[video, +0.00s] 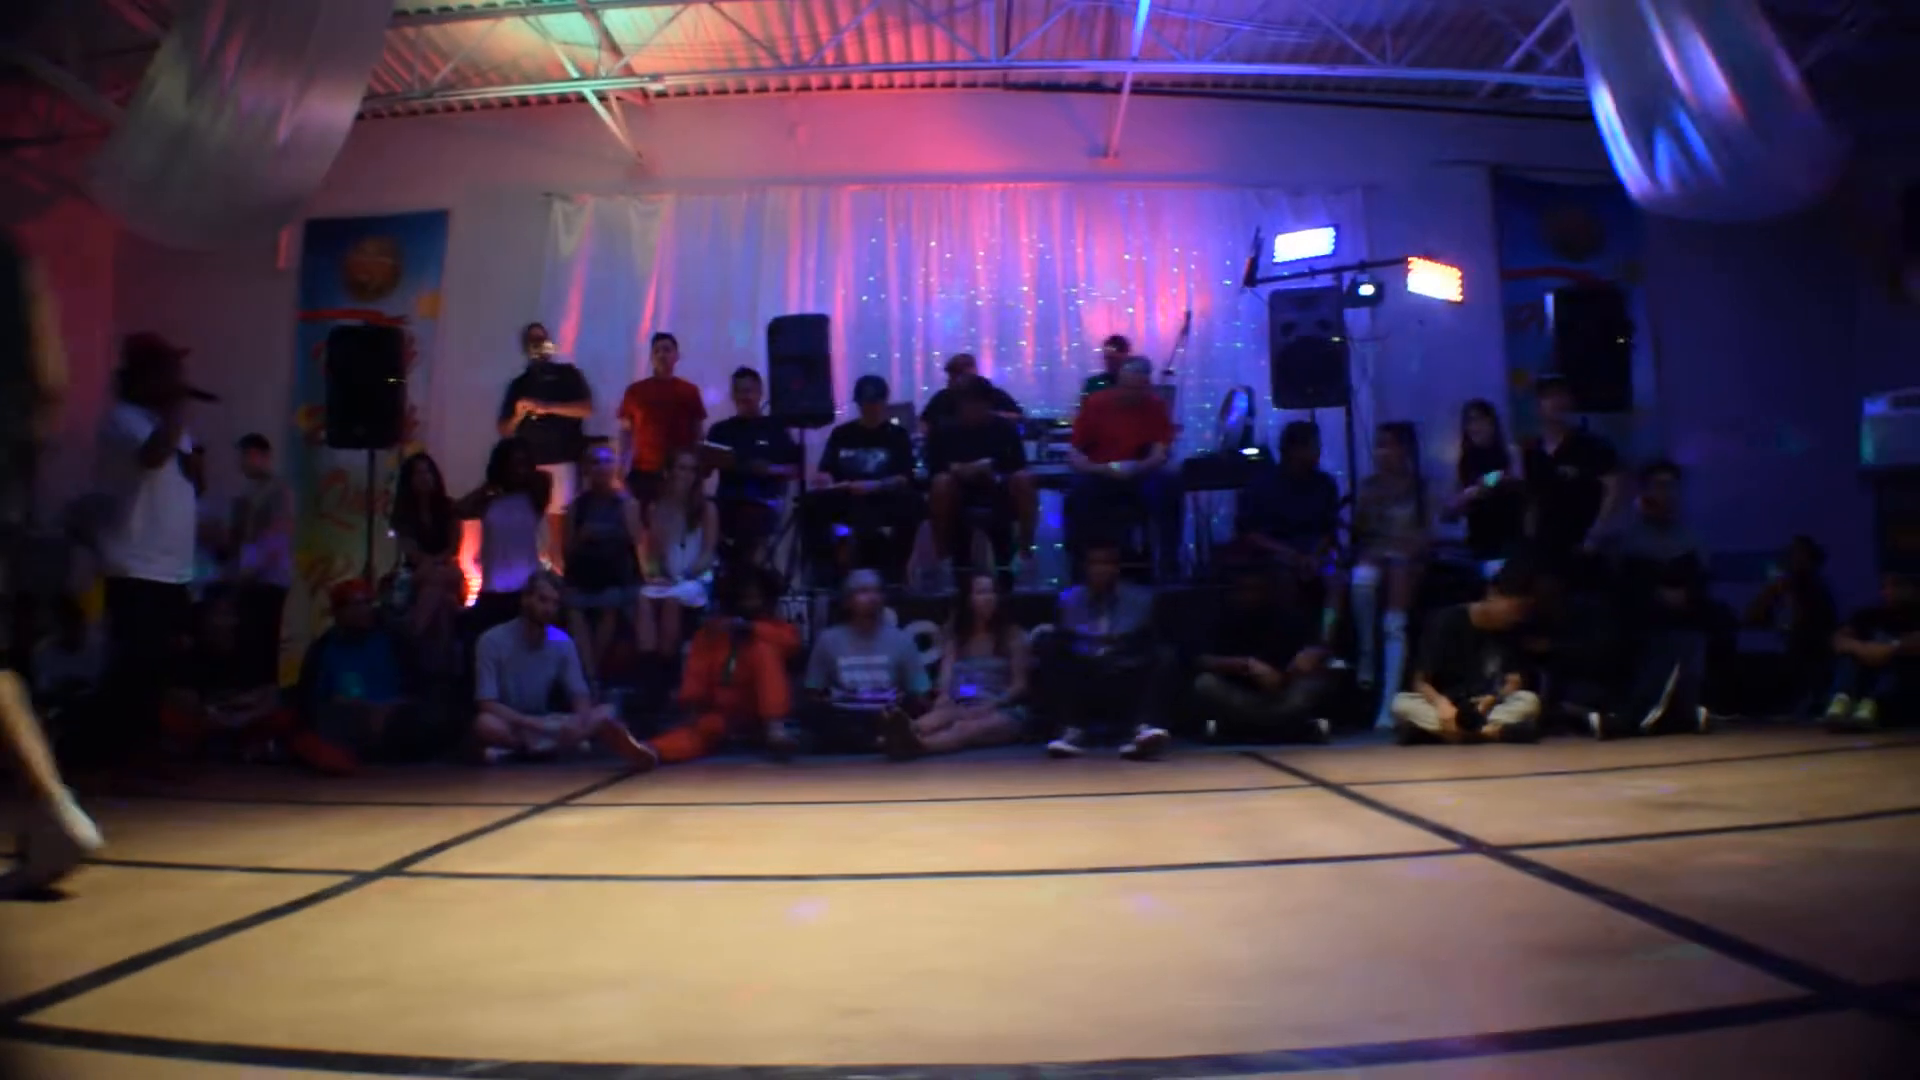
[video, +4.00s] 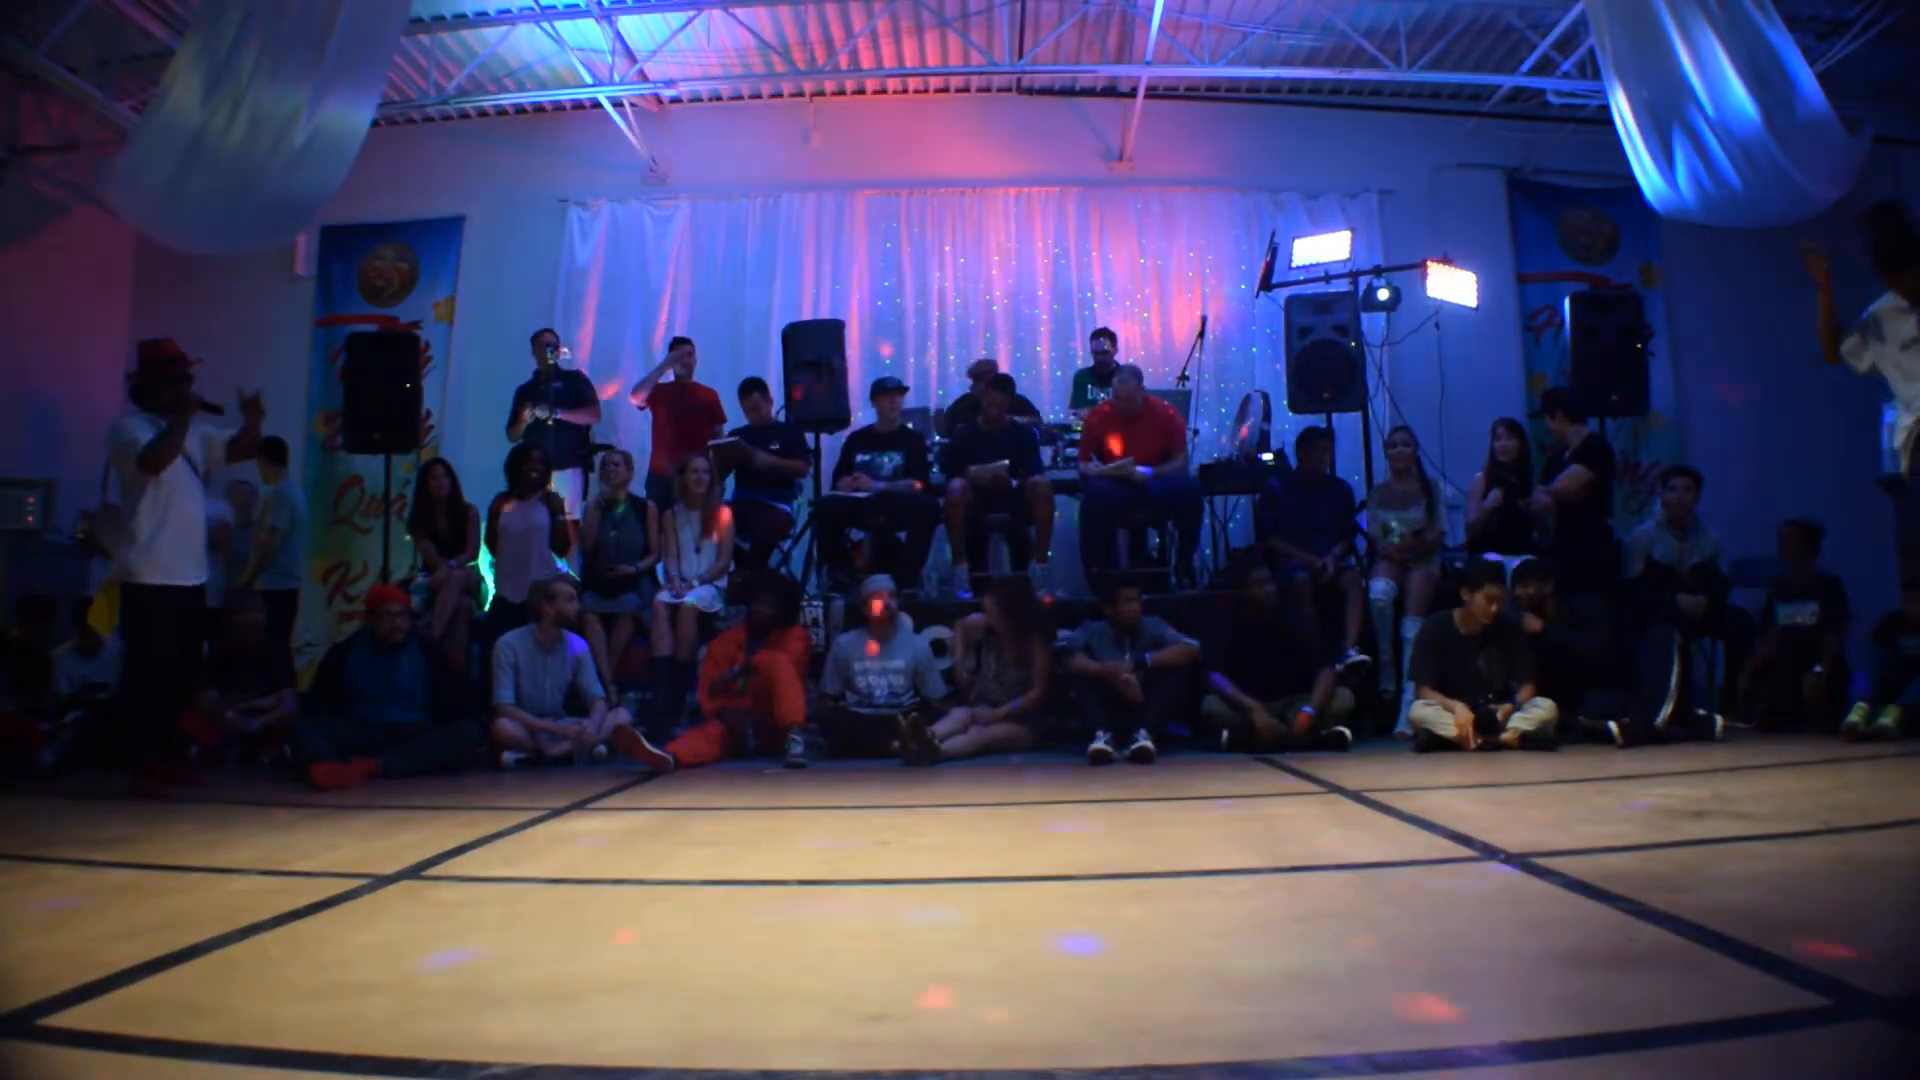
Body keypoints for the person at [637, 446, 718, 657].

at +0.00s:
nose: (683, 475)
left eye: (689, 470)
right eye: (679, 468)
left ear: (696, 476)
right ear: (668, 473)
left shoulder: (706, 508)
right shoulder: (656, 507)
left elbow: (708, 551)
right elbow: (652, 544)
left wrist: (689, 574)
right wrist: (655, 572)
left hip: (694, 578)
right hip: (664, 577)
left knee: (671, 601)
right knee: (645, 597)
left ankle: (668, 660)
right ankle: (647, 658)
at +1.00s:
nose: (709, 475)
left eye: (714, 469)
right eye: (703, 469)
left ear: (721, 475)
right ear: (692, 474)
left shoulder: (730, 510)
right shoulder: (681, 511)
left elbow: (732, 557)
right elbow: (677, 553)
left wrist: (709, 578)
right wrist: (682, 576)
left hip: (719, 576)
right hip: (689, 576)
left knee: (697, 602)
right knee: (668, 600)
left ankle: (692, 672)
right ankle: (670, 670)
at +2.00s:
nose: (702, 479)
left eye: (707, 473)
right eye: (696, 473)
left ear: (713, 479)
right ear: (683, 479)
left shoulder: (723, 513)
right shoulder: (673, 517)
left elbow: (725, 561)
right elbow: (671, 558)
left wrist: (699, 582)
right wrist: (676, 580)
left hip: (712, 580)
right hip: (682, 581)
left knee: (690, 606)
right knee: (662, 603)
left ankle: (685, 679)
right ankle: (664, 677)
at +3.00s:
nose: (700, 478)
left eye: (705, 473)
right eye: (694, 473)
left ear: (711, 479)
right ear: (682, 478)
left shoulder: (720, 513)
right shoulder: (671, 516)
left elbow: (723, 560)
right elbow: (668, 556)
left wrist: (697, 582)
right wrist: (673, 580)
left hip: (709, 581)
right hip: (678, 580)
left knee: (688, 606)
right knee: (659, 603)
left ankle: (682, 679)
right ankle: (662, 676)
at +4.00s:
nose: (700, 477)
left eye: (705, 472)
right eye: (694, 472)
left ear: (712, 478)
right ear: (682, 478)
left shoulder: (722, 514)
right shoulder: (671, 516)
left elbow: (724, 560)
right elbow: (669, 557)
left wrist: (698, 582)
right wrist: (673, 581)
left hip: (709, 581)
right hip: (678, 581)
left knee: (688, 608)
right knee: (659, 605)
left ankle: (682, 684)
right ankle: (662, 683)